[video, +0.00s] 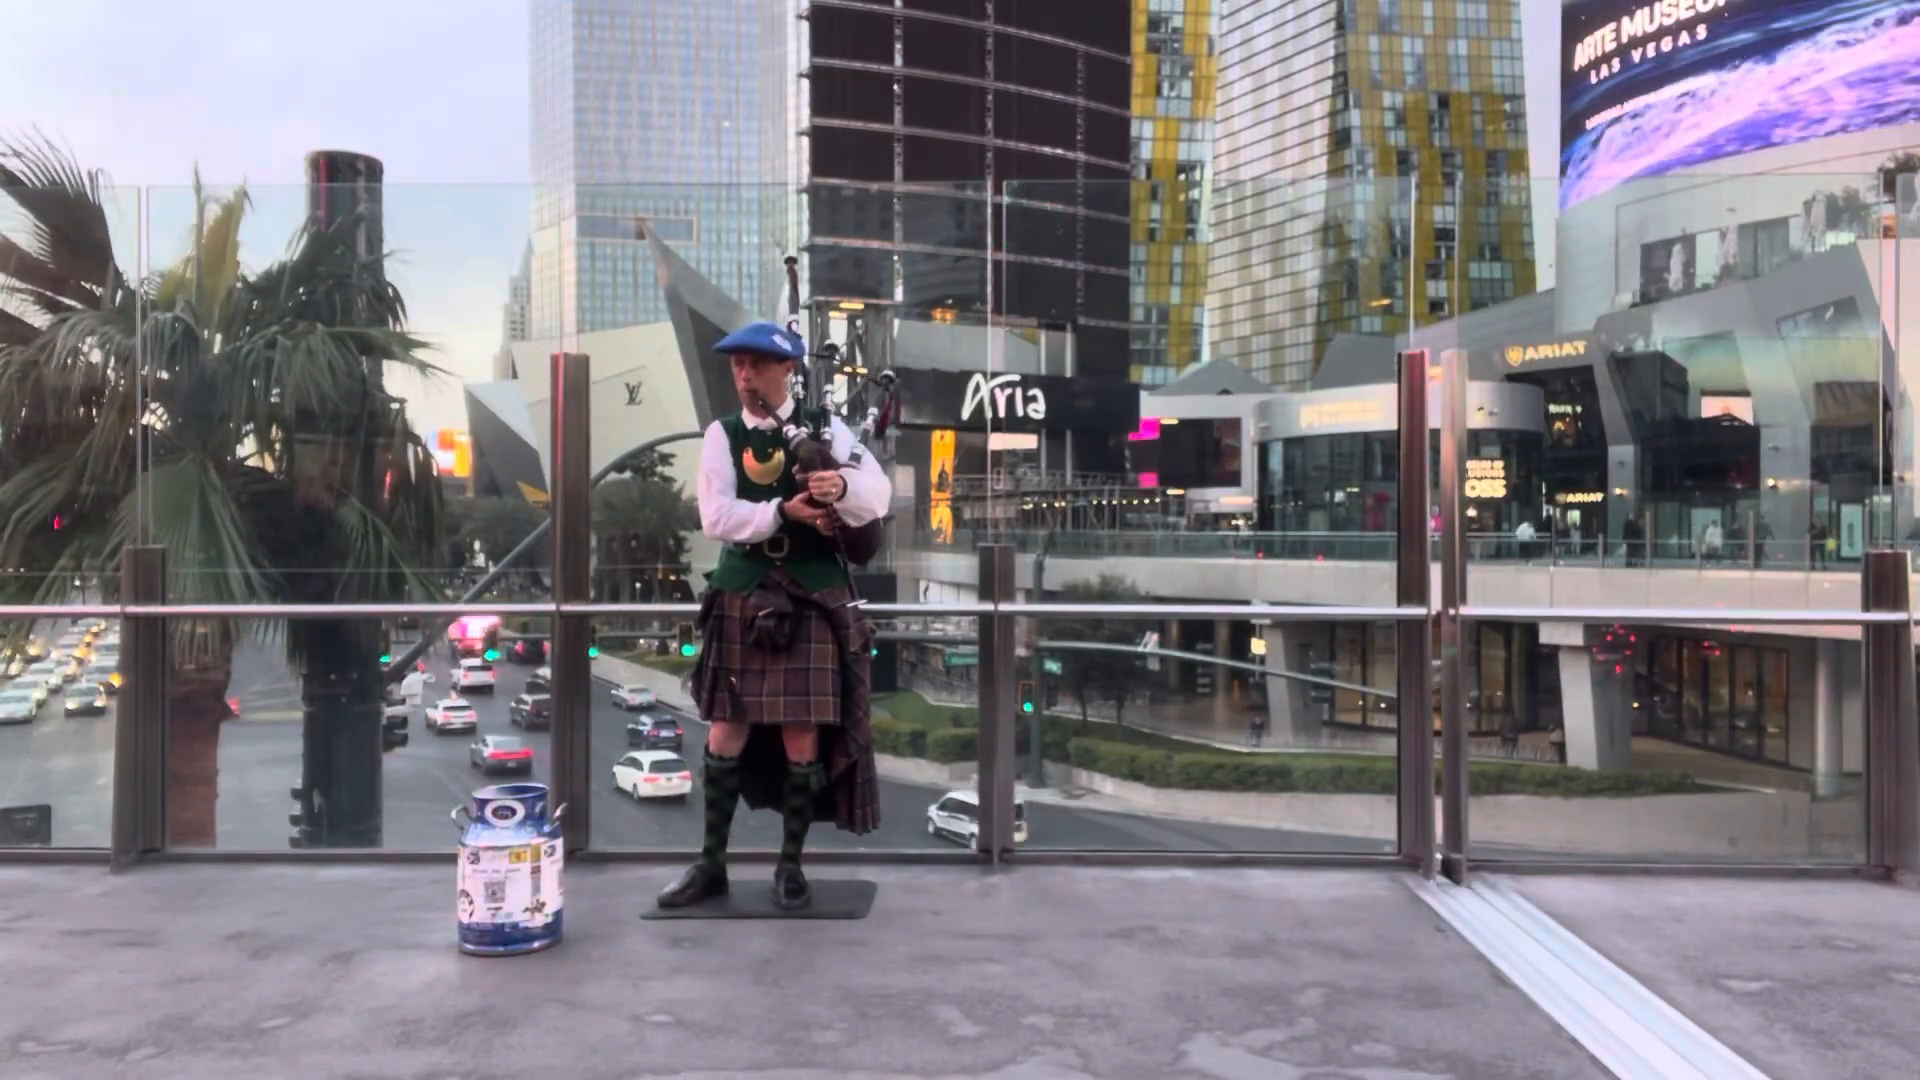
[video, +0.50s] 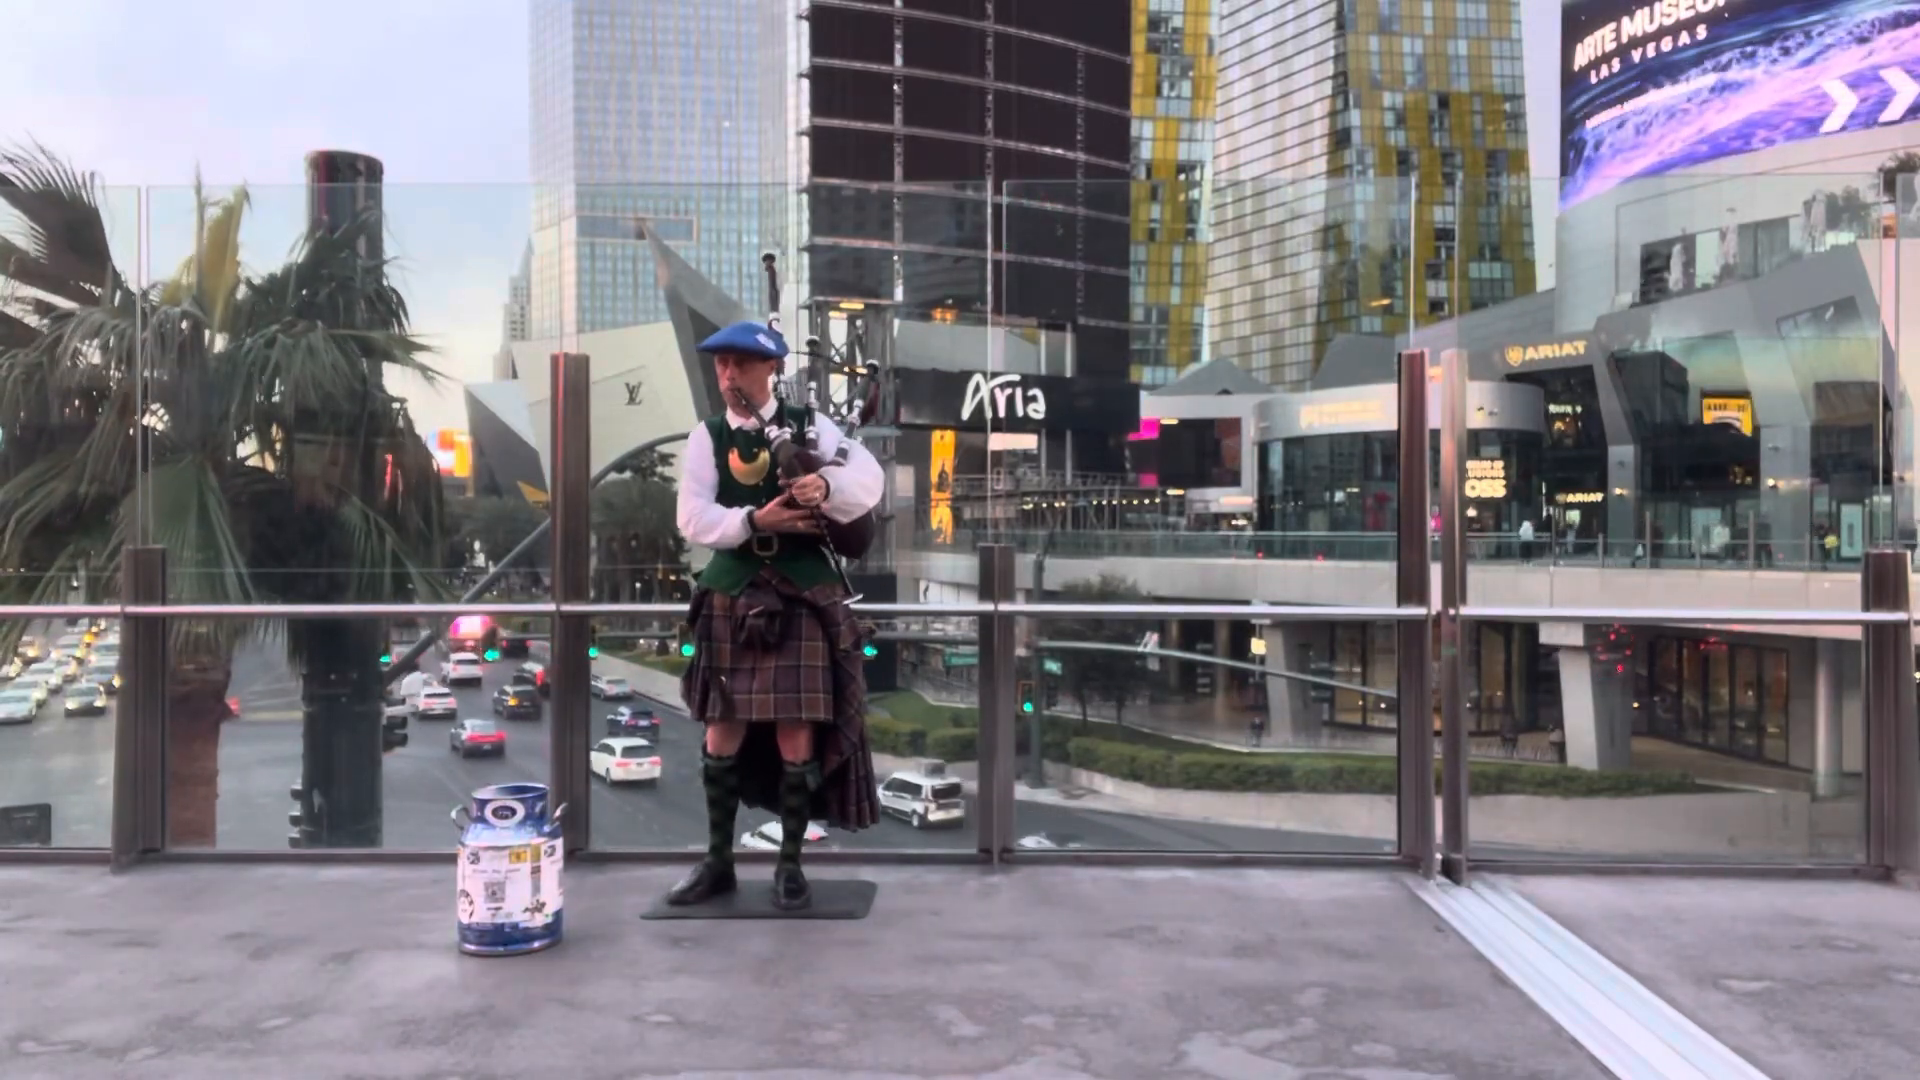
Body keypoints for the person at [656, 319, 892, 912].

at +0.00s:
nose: (743, 375)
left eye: (755, 364)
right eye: (737, 365)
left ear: (788, 369)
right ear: (731, 371)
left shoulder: (827, 430)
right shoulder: (722, 434)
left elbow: (880, 494)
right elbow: (716, 515)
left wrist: (844, 487)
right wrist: (783, 511)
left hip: (814, 595)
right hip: (743, 592)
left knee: (800, 731)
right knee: (726, 729)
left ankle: (789, 866)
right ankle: (711, 864)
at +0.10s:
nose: (743, 374)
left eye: (755, 363)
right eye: (737, 364)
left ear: (787, 368)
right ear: (731, 371)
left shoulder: (825, 429)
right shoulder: (722, 434)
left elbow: (880, 492)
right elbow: (714, 515)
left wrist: (843, 488)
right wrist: (782, 511)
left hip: (812, 594)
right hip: (741, 592)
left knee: (800, 730)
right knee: (725, 728)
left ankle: (790, 866)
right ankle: (711, 864)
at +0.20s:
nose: (741, 374)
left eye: (753, 363)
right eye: (735, 364)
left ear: (785, 367)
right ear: (730, 371)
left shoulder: (823, 428)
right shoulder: (721, 434)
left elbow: (880, 487)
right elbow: (712, 514)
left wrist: (840, 488)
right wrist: (781, 512)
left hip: (810, 592)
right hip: (740, 592)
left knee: (799, 730)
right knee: (722, 728)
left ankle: (790, 865)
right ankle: (713, 864)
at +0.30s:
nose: (737, 374)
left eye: (750, 363)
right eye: (732, 364)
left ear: (782, 368)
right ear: (727, 371)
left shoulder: (821, 426)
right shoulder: (717, 435)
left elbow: (877, 488)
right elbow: (708, 517)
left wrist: (837, 487)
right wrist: (775, 513)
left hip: (810, 592)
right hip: (738, 591)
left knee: (798, 727)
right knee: (721, 725)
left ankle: (791, 864)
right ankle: (717, 861)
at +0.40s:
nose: (733, 375)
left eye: (745, 364)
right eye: (726, 365)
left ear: (777, 368)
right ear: (723, 371)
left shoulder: (817, 425)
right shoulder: (713, 436)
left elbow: (874, 485)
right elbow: (700, 518)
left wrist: (833, 488)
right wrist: (765, 517)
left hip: (808, 591)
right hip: (735, 591)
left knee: (797, 727)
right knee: (723, 725)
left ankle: (791, 864)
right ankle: (718, 861)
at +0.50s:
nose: (727, 375)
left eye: (740, 363)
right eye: (720, 364)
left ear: (771, 368)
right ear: (716, 370)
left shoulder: (811, 425)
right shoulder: (707, 438)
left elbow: (869, 482)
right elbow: (692, 518)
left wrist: (827, 489)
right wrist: (757, 519)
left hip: (804, 591)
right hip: (731, 592)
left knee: (795, 727)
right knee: (723, 726)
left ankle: (789, 864)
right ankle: (719, 861)